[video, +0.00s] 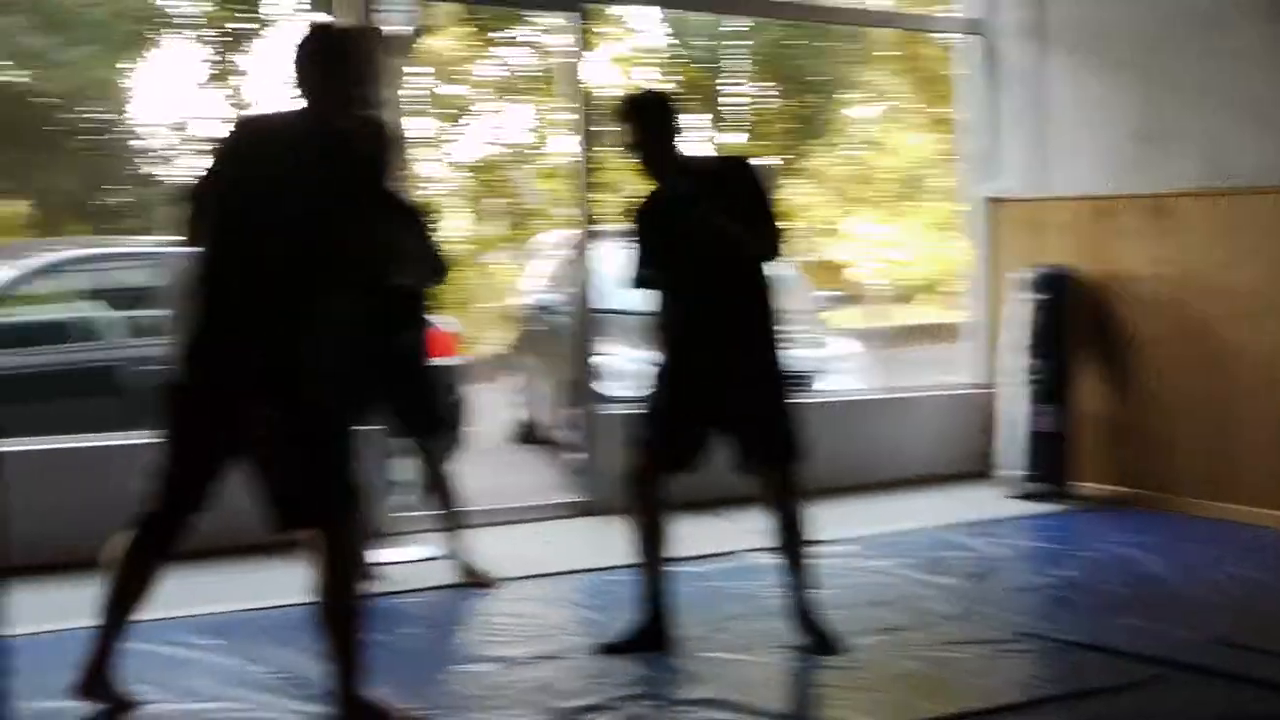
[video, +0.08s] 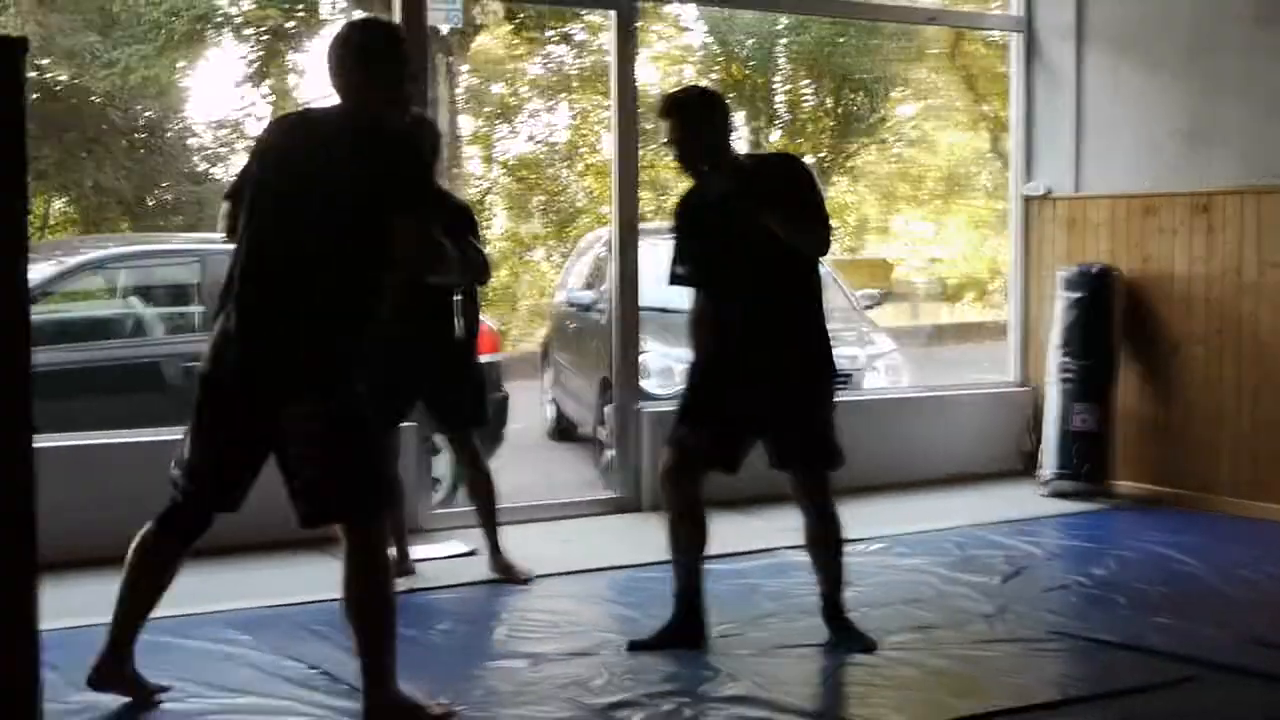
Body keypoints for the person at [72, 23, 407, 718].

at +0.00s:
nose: (368, 92)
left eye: (360, 77)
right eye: (365, 79)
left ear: (305, 75)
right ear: (356, 80)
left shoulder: (250, 138)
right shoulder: (360, 147)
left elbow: (200, 222)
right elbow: (386, 261)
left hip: (218, 372)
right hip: (308, 381)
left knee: (169, 512)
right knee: (340, 529)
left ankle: (97, 667)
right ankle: (350, 691)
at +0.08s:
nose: (411, 86)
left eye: (407, 73)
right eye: (405, 74)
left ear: (340, 72)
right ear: (390, 75)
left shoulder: (286, 132)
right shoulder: (404, 140)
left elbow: (235, 219)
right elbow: (421, 250)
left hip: (243, 355)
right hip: (338, 362)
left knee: (188, 507)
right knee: (368, 529)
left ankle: (114, 656)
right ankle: (382, 694)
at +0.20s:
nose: (396, 68)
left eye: (392, 57)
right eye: (387, 58)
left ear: (326, 66)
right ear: (364, 65)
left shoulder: (275, 129)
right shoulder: (383, 143)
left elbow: (243, 215)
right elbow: (423, 244)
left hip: (231, 353)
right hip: (312, 359)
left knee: (174, 510)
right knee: (356, 527)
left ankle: (94, 660)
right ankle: (381, 693)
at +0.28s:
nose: (375, 75)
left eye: (371, 61)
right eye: (366, 62)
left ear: (303, 68)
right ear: (338, 67)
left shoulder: (255, 132)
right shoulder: (353, 141)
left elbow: (247, 234)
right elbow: (394, 250)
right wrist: (430, 222)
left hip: (215, 359)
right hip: (298, 368)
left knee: (162, 525)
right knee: (345, 533)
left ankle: (94, 676)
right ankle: (380, 691)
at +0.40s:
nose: (344, 74)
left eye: (339, 61)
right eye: (335, 61)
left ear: (272, 68)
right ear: (312, 68)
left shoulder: (229, 135)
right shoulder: (318, 151)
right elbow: (341, 245)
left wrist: (361, 217)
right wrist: (390, 221)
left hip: (190, 371)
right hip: (269, 374)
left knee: (143, 533)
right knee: (326, 536)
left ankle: (86, 688)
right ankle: (380, 689)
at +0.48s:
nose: (324, 73)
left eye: (318, 59)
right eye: (315, 60)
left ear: (248, 69)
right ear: (290, 68)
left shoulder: (206, 136)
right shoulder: (297, 144)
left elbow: (225, 240)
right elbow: (296, 249)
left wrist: (321, 191)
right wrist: (362, 229)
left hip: (170, 369)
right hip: (252, 373)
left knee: (134, 534)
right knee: (319, 531)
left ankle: (84, 690)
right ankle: (377, 686)